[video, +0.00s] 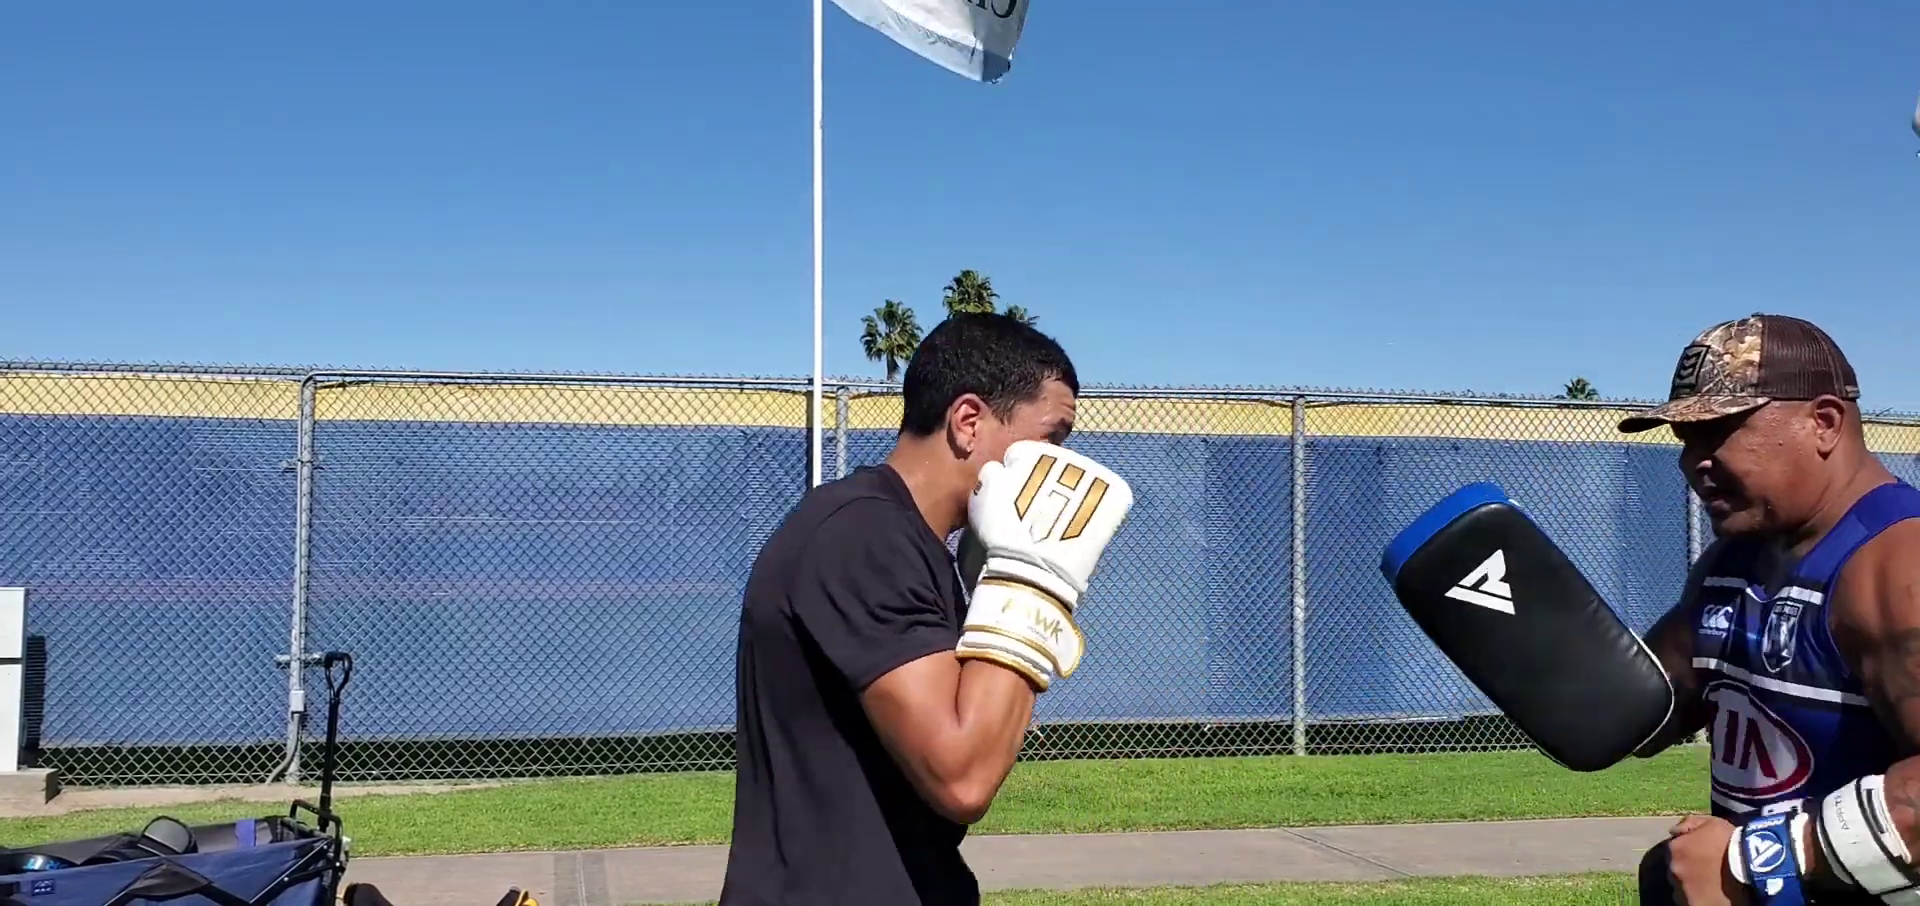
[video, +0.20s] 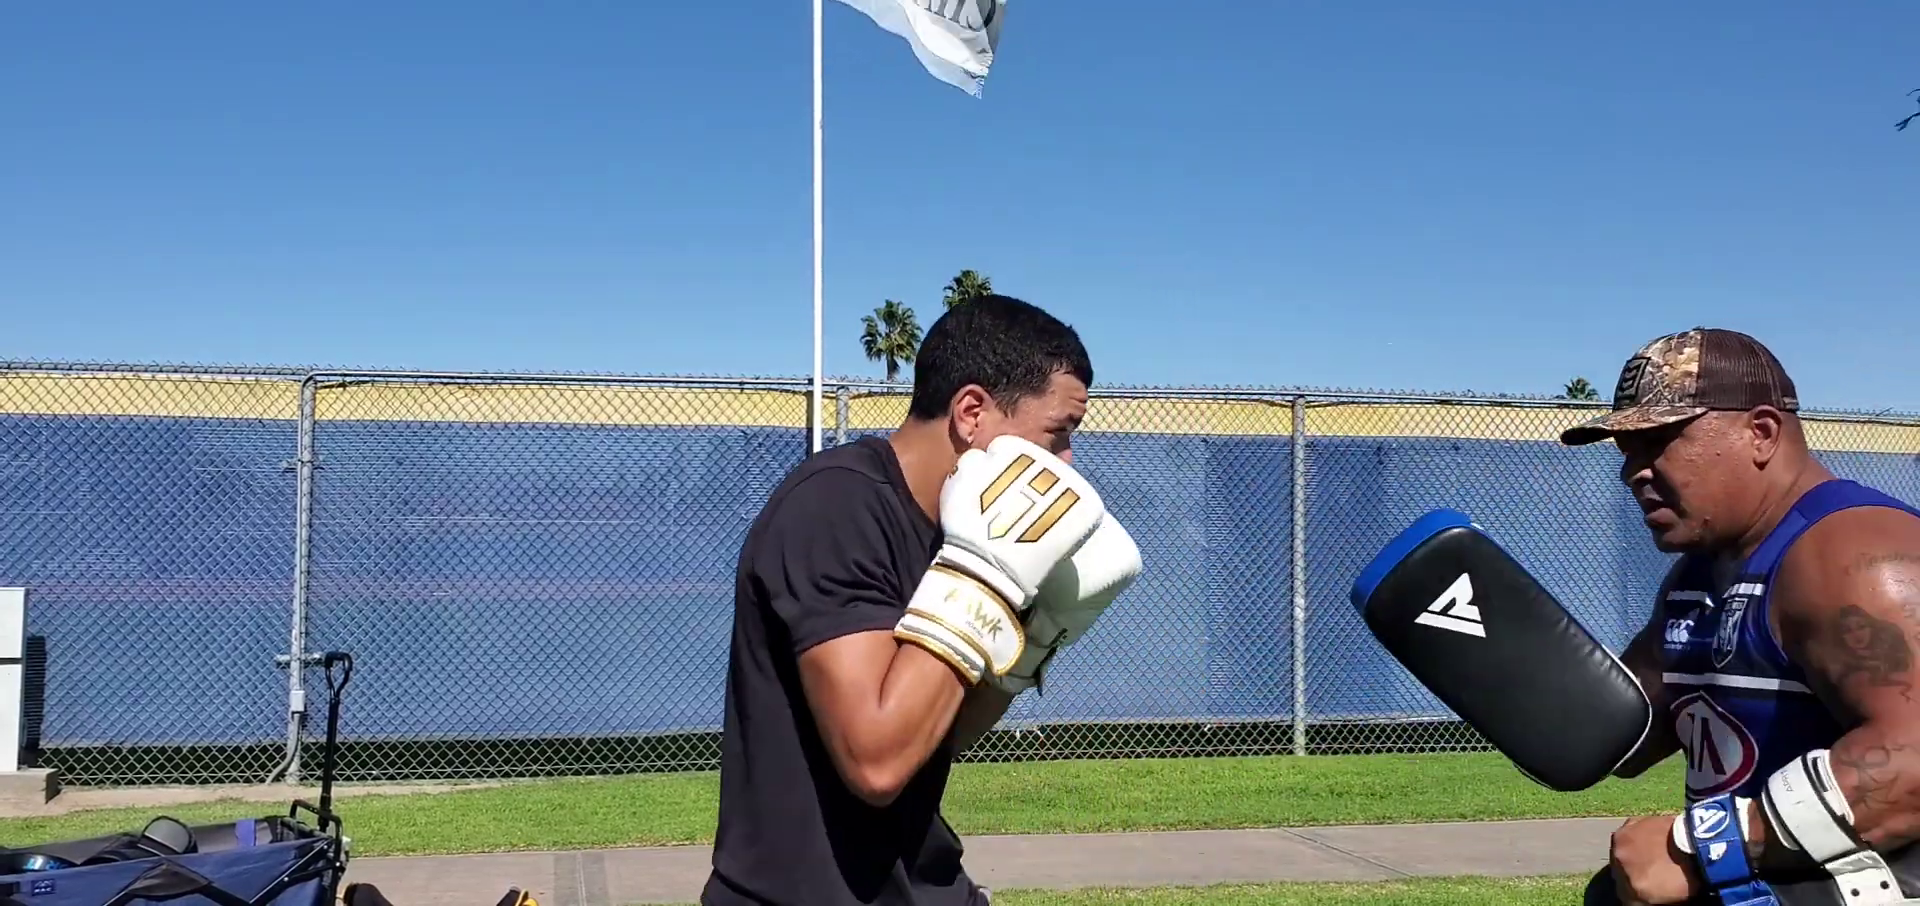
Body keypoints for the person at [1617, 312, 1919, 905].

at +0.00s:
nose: (1693, 462)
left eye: (1718, 431)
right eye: (1687, 438)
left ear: (1826, 424)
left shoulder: (1899, 568)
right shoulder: (1737, 554)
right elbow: (1649, 714)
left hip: (1866, 886)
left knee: (1673, 870)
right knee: (1665, 871)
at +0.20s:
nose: (1632, 472)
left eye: (1655, 442)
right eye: (1626, 449)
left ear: (1761, 435)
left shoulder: (1856, 559)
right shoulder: (1699, 574)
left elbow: (1910, 764)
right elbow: (1627, 739)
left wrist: (1704, 843)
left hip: (1862, 883)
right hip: (1757, 876)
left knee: (1621, 889)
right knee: (1610, 887)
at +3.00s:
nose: (1631, 515)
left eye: (1648, 487)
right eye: (1630, 490)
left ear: (1743, 474)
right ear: (1744, 475)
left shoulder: (1848, 591)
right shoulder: (1749, 554)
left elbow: (1751, 798)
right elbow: (1713, 735)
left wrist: (1572, 684)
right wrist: (1613, 805)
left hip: (1857, 891)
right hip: (1766, 882)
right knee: (1590, 872)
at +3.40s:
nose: (1729, 537)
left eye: (1757, 513)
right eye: (1722, 512)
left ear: (1871, 487)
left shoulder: (1887, 621)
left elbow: (1657, 681)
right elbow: (1582, 870)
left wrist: (1663, 513)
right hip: (1762, 886)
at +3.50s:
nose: (1719, 537)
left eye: (1745, 513)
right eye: (1711, 512)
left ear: (1859, 485)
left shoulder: (1889, 625)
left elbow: (1663, 696)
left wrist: (1651, 517)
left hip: (1876, 894)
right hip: (1758, 888)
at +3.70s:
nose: (1758, 527)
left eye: (1800, 506)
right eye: (1749, 490)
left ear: (1902, 502)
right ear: (1732, 468)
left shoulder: (1882, 630)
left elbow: (1636, 672)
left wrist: (1632, 487)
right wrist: (1592, 790)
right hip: (1749, 884)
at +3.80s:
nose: (1796, 520)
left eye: (1841, 501)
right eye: (1790, 480)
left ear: (1914, 510)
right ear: (1775, 463)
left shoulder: (1902, 634)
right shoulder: (1755, 535)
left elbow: (1684, 701)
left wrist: (1629, 576)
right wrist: (1584, 784)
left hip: (1882, 892)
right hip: (1751, 885)